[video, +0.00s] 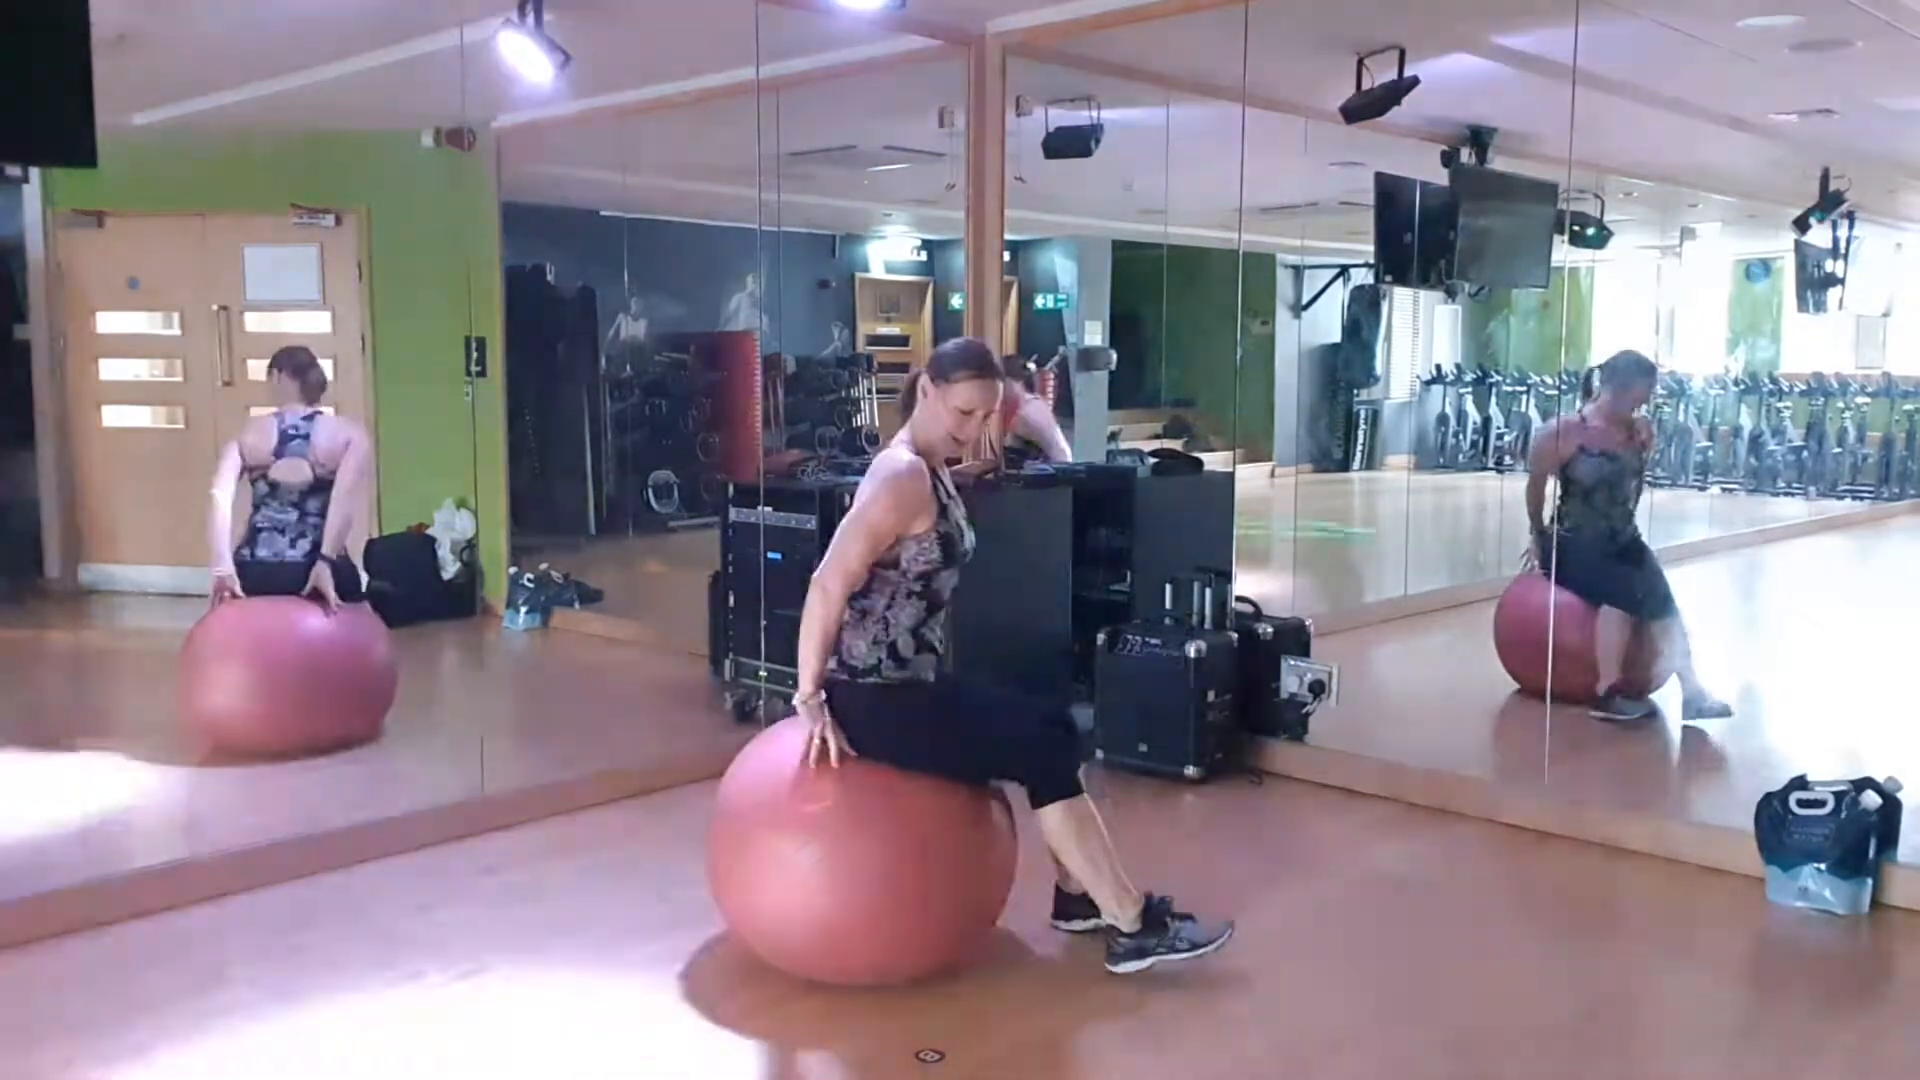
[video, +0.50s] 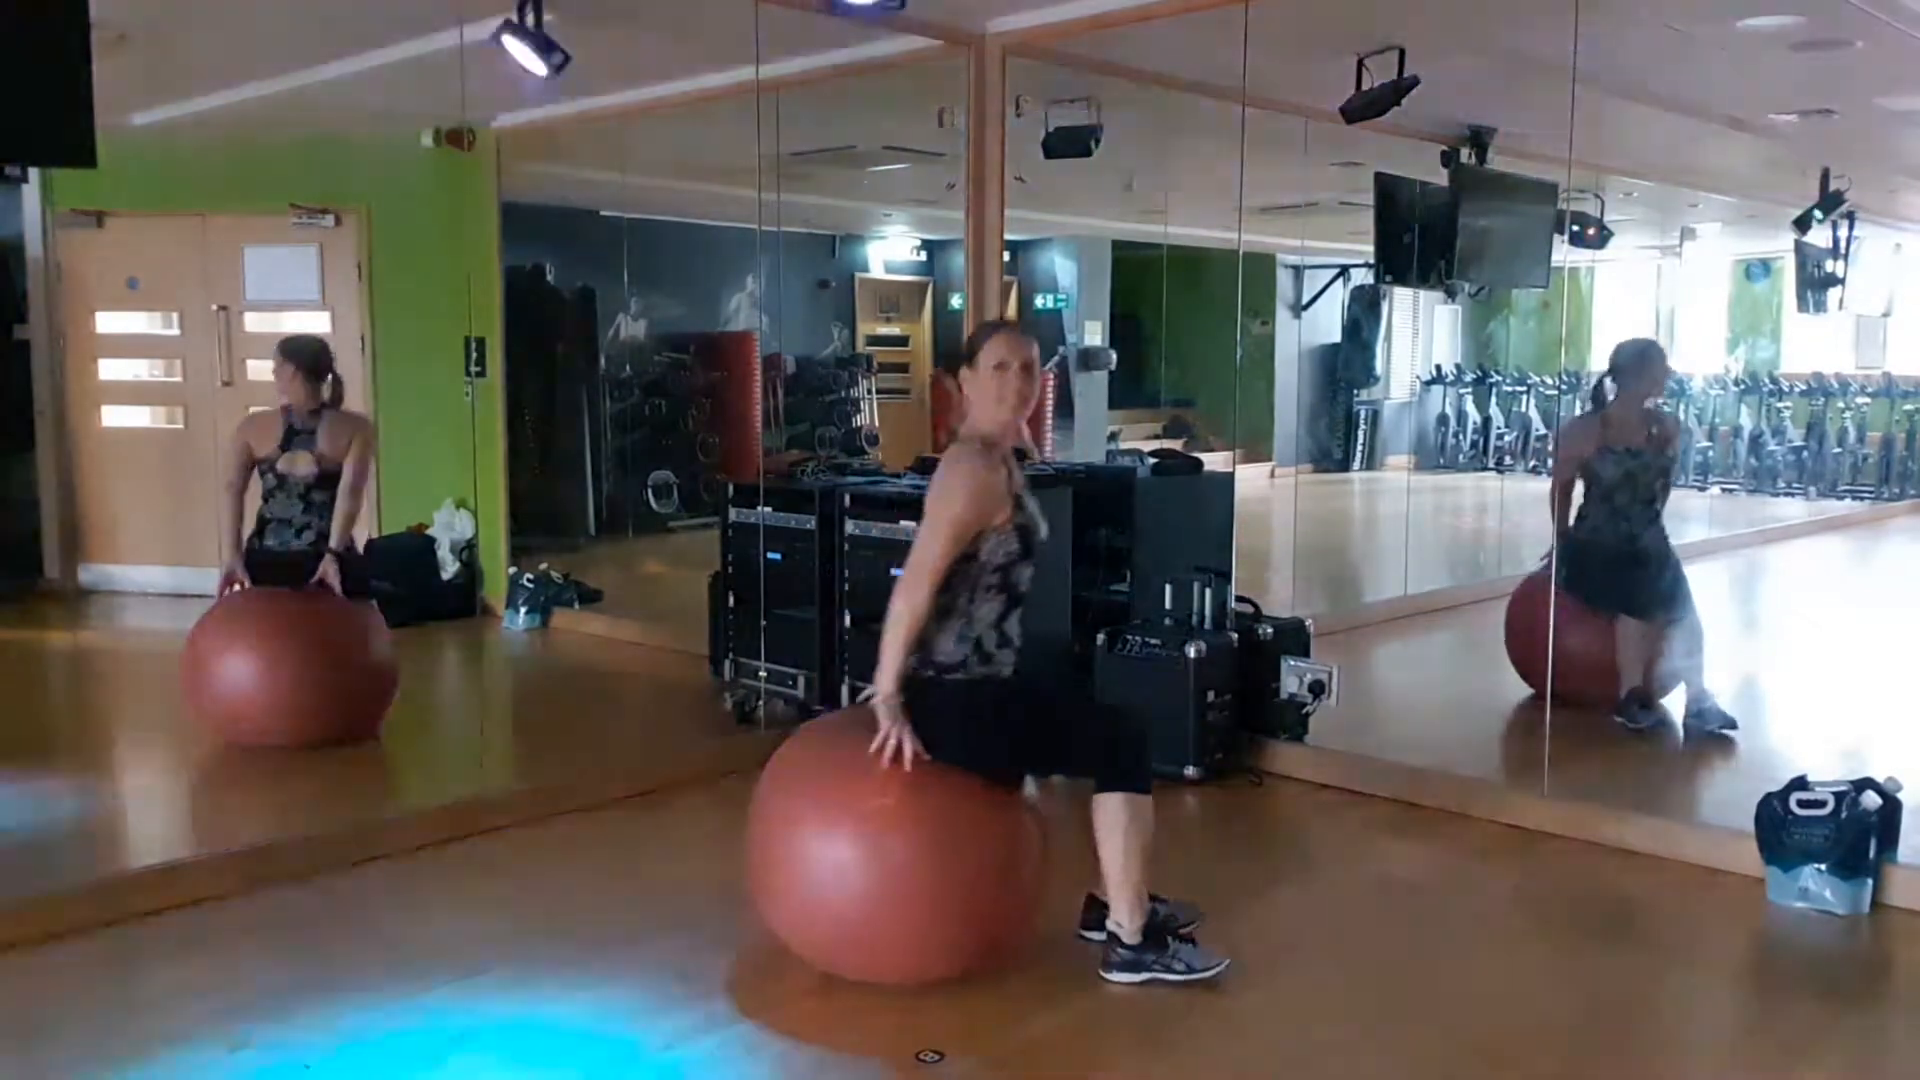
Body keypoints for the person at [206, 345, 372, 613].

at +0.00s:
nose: (270, 385)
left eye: (270, 377)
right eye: (270, 378)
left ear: (278, 376)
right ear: (317, 381)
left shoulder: (247, 434)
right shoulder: (350, 433)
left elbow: (220, 495)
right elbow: (343, 498)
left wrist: (221, 565)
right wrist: (326, 560)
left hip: (254, 571)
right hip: (320, 570)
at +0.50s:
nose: (273, 375)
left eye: (278, 367)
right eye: (275, 367)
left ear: (294, 371)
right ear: (323, 373)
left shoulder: (253, 427)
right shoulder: (355, 428)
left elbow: (233, 491)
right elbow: (350, 492)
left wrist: (231, 558)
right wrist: (334, 553)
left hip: (265, 561)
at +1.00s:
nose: (268, 326)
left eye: (272, 318)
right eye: (269, 318)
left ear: (288, 324)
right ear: (317, 325)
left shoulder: (250, 384)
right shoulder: (351, 385)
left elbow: (244, 457)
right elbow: (357, 457)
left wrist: (241, 517)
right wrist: (355, 518)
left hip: (269, 517)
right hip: (328, 518)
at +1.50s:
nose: (248, 384)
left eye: (252, 376)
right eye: (250, 376)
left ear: (268, 384)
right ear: (298, 384)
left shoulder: (237, 442)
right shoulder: (340, 436)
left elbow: (235, 512)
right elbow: (354, 501)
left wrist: (241, 570)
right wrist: (357, 562)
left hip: (270, 574)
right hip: (330, 570)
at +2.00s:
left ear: (269, 380)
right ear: (313, 380)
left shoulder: (239, 432)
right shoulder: (341, 431)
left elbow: (219, 504)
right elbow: (343, 495)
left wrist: (213, 563)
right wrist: (337, 555)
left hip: (250, 570)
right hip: (314, 569)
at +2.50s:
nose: (315, 390)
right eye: (315, 383)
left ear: (273, 383)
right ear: (314, 384)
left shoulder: (235, 430)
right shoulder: (339, 431)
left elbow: (216, 498)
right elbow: (342, 494)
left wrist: (200, 558)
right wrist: (331, 553)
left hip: (232, 559)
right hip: (298, 561)